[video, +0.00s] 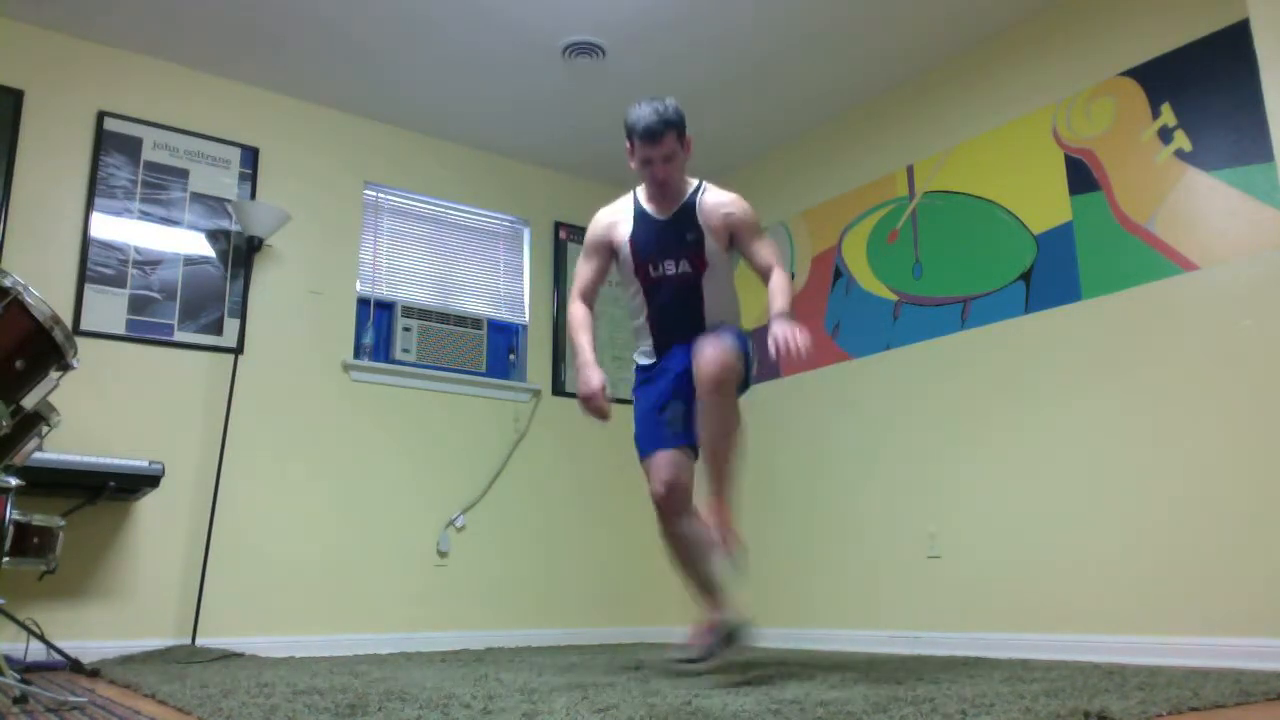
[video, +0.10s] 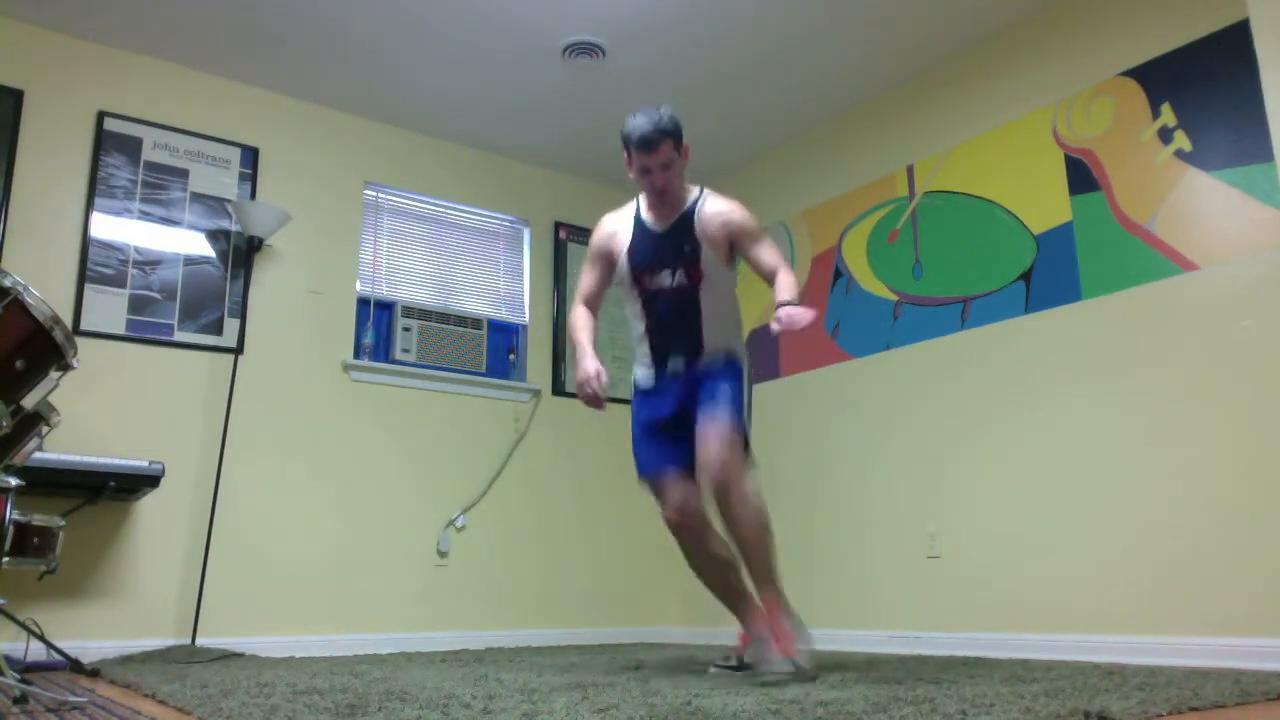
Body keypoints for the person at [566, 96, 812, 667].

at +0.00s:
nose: (658, 173)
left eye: (668, 159)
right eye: (646, 161)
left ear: (686, 150)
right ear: (630, 157)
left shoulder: (723, 209)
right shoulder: (610, 223)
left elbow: (774, 268)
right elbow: (579, 300)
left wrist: (779, 316)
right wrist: (587, 366)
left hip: (720, 346)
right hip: (658, 365)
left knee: (712, 359)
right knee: (666, 491)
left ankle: (717, 509)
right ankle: (717, 612)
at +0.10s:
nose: (657, 180)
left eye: (665, 166)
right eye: (646, 169)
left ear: (684, 157)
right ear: (629, 167)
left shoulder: (722, 217)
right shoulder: (613, 231)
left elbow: (779, 271)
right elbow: (582, 306)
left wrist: (785, 302)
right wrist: (586, 357)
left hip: (716, 372)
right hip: (655, 384)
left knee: (720, 468)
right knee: (679, 513)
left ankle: (775, 610)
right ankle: (752, 624)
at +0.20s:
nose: (646, 188)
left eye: (654, 174)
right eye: (635, 178)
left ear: (675, 164)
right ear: (621, 176)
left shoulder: (714, 226)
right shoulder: (613, 244)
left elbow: (781, 274)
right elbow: (587, 313)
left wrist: (800, 306)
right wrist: (583, 351)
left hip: (710, 383)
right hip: (654, 398)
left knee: (679, 485)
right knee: (684, 524)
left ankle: (769, 620)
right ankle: (761, 632)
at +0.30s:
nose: (627, 165)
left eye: (634, 150)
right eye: (615, 156)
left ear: (655, 139)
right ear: (603, 156)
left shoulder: (696, 199)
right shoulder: (598, 214)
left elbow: (768, 244)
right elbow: (576, 285)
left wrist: (805, 284)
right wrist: (574, 326)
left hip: (700, 348)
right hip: (652, 359)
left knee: (640, 453)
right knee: (662, 489)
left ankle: (723, 595)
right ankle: (743, 609)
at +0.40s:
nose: (601, 161)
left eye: (607, 145)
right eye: (590, 151)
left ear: (632, 130)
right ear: (580, 149)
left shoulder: (677, 187)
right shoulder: (579, 206)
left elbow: (756, 223)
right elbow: (549, 267)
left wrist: (786, 263)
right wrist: (556, 315)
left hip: (686, 334)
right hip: (642, 349)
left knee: (626, 467)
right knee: (607, 483)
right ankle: (716, 577)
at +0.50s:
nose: (584, 179)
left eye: (589, 164)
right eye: (572, 170)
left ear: (614, 146)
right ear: (563, 170)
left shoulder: (661, 203)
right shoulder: (573, 219)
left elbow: (744, 225)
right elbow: (543, 272)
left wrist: (771, 256)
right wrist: (544, 323)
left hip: (664, 366)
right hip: (626, 374)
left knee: (592, 498)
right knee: (579, 506)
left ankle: (614, 646)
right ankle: (695, 579)